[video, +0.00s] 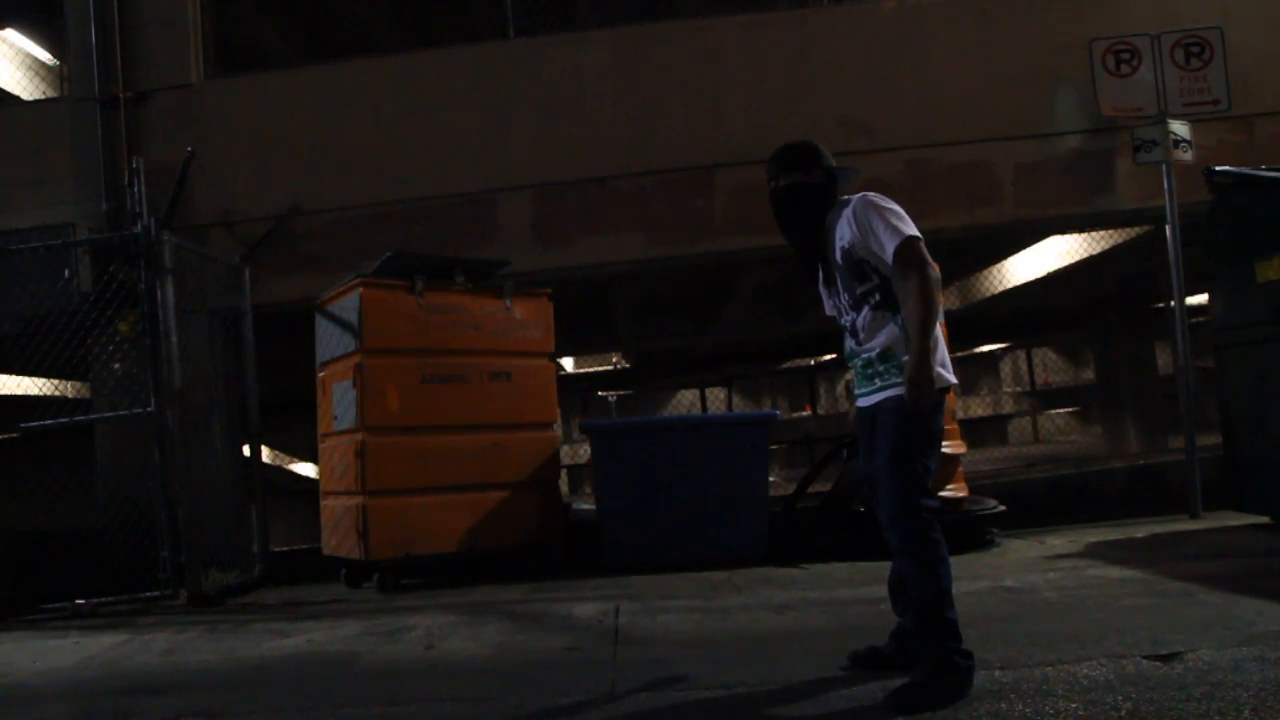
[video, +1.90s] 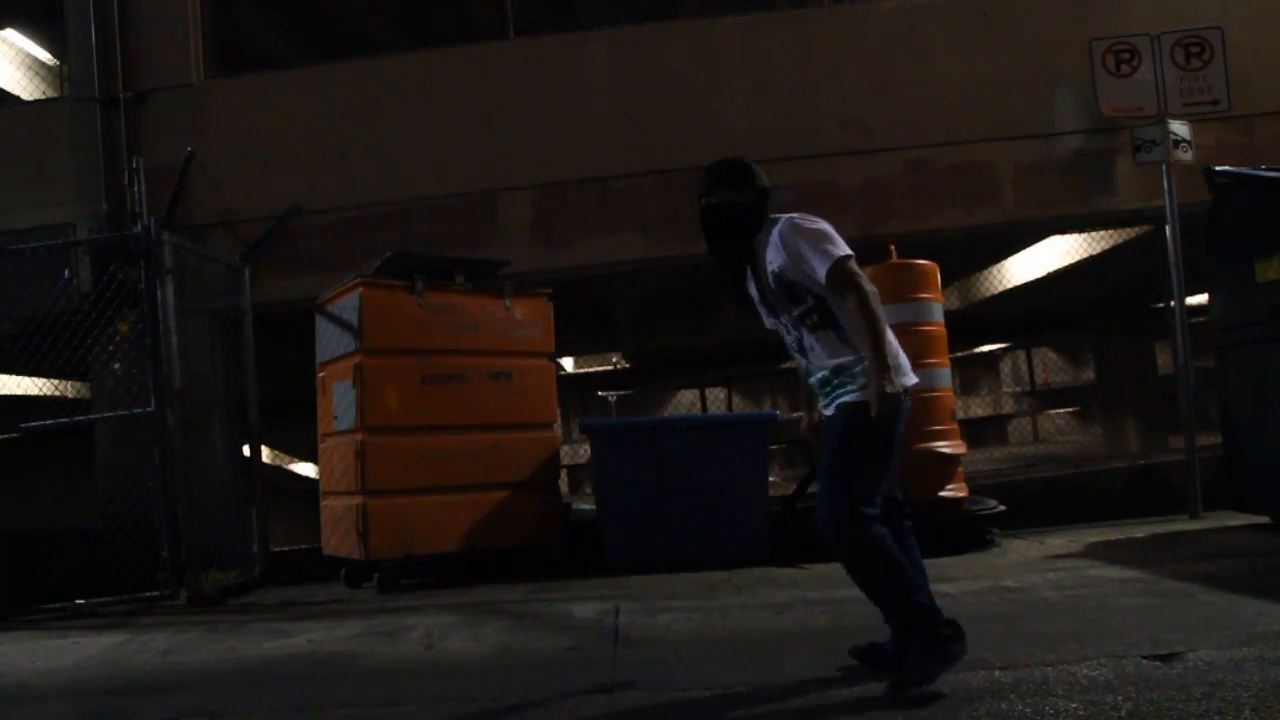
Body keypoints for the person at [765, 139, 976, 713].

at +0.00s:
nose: (782, 203)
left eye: (789, 188)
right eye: (776, 193)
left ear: (817, 180)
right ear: (785, 193)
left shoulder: (864, 210)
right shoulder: (827, 247)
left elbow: (921, 275)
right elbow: (859, 329)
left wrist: (921, 374)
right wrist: (863, 396)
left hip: (910, 394)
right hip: (877, 401)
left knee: (911, 519)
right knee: (895, 519)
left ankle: (945, 660)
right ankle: (913, 639)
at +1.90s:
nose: (712, 221)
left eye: (720, 207)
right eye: (708, 210)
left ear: (747, 202)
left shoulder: (794, 232)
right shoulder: (757, 272)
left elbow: (856, 287)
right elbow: (805, 345)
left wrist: (882, 377)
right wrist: (814, 408)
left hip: (871, 394)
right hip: (843, 402)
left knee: (846, 517)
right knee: (878, 514)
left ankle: (929, 634)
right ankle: (908, 635)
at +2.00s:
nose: (686, 228)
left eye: (694, 214)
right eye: (683, 216)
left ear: (721, 209)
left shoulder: (769, 240)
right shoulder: (733, 276)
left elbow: (840, 296)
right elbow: (782, 349)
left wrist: (886, 373)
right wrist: (791, 412)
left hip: (852, 400)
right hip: (822, 409)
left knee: (811, 522)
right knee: (870, 516)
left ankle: (910, 630)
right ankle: (914, 633)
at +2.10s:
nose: (653, 241)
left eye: (660, 228)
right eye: (652, 229)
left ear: (684, 225)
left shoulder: (735, 255)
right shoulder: (700, 291)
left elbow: (801, 320)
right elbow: (748, 363)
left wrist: (858, 391)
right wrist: (756, 423)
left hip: (825, 415)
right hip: (797, 422)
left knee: (762, 530)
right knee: (846, 527)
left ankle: (841, 640)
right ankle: (918, 634)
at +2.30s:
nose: (555, 256)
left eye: (559, 245)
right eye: (556, 248)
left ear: (576, 240)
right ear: (609, 234)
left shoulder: (615, 269)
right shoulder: (622, 275)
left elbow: (573, 303)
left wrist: (497, 298)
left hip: (728, 429)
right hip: (737, 424)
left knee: (670, 557)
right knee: (770, 539)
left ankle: (741, 675)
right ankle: (888, 611)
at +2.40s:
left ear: (518, 202)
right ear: (556, 202)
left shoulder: (554, 240)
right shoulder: (574, 248)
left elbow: (536, 268)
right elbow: (628, 312)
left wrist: (479, 248)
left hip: (660, 413)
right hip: (660, 412)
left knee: (690, 532)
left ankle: (820, 579)